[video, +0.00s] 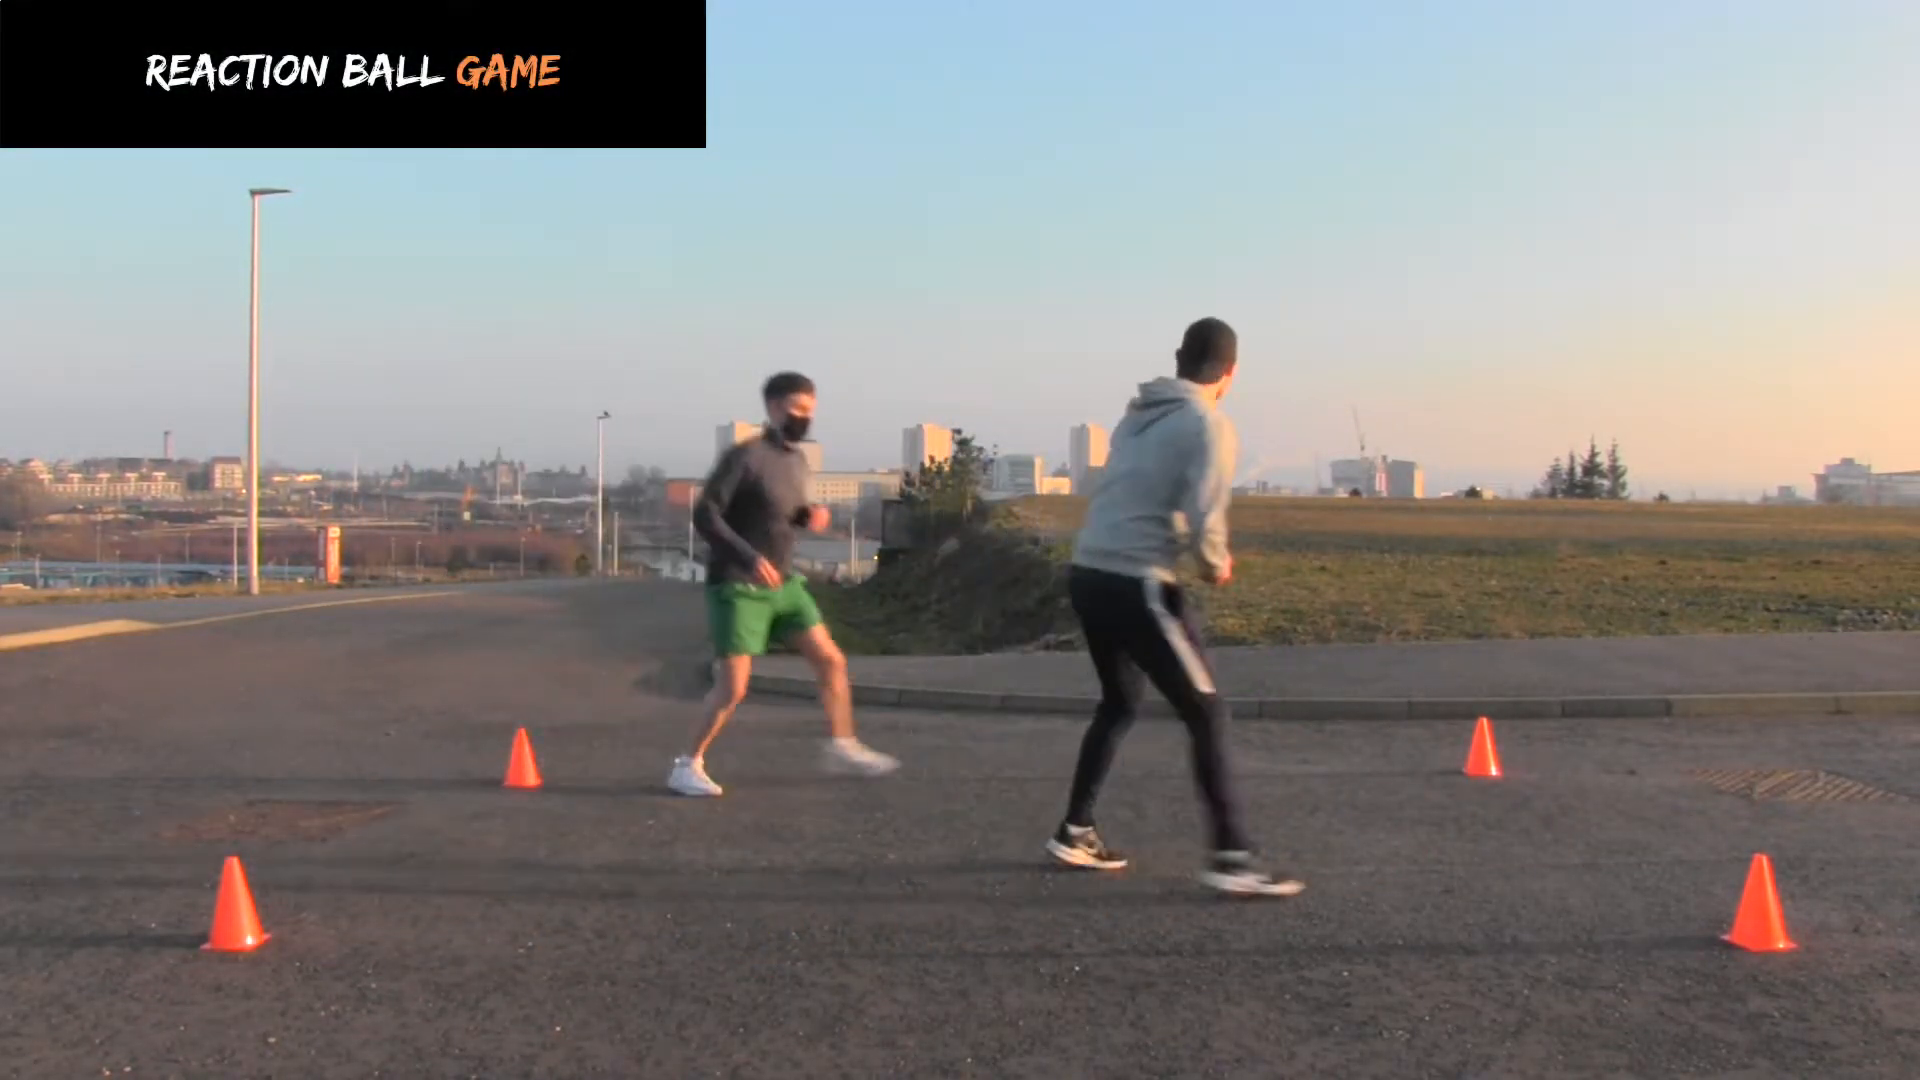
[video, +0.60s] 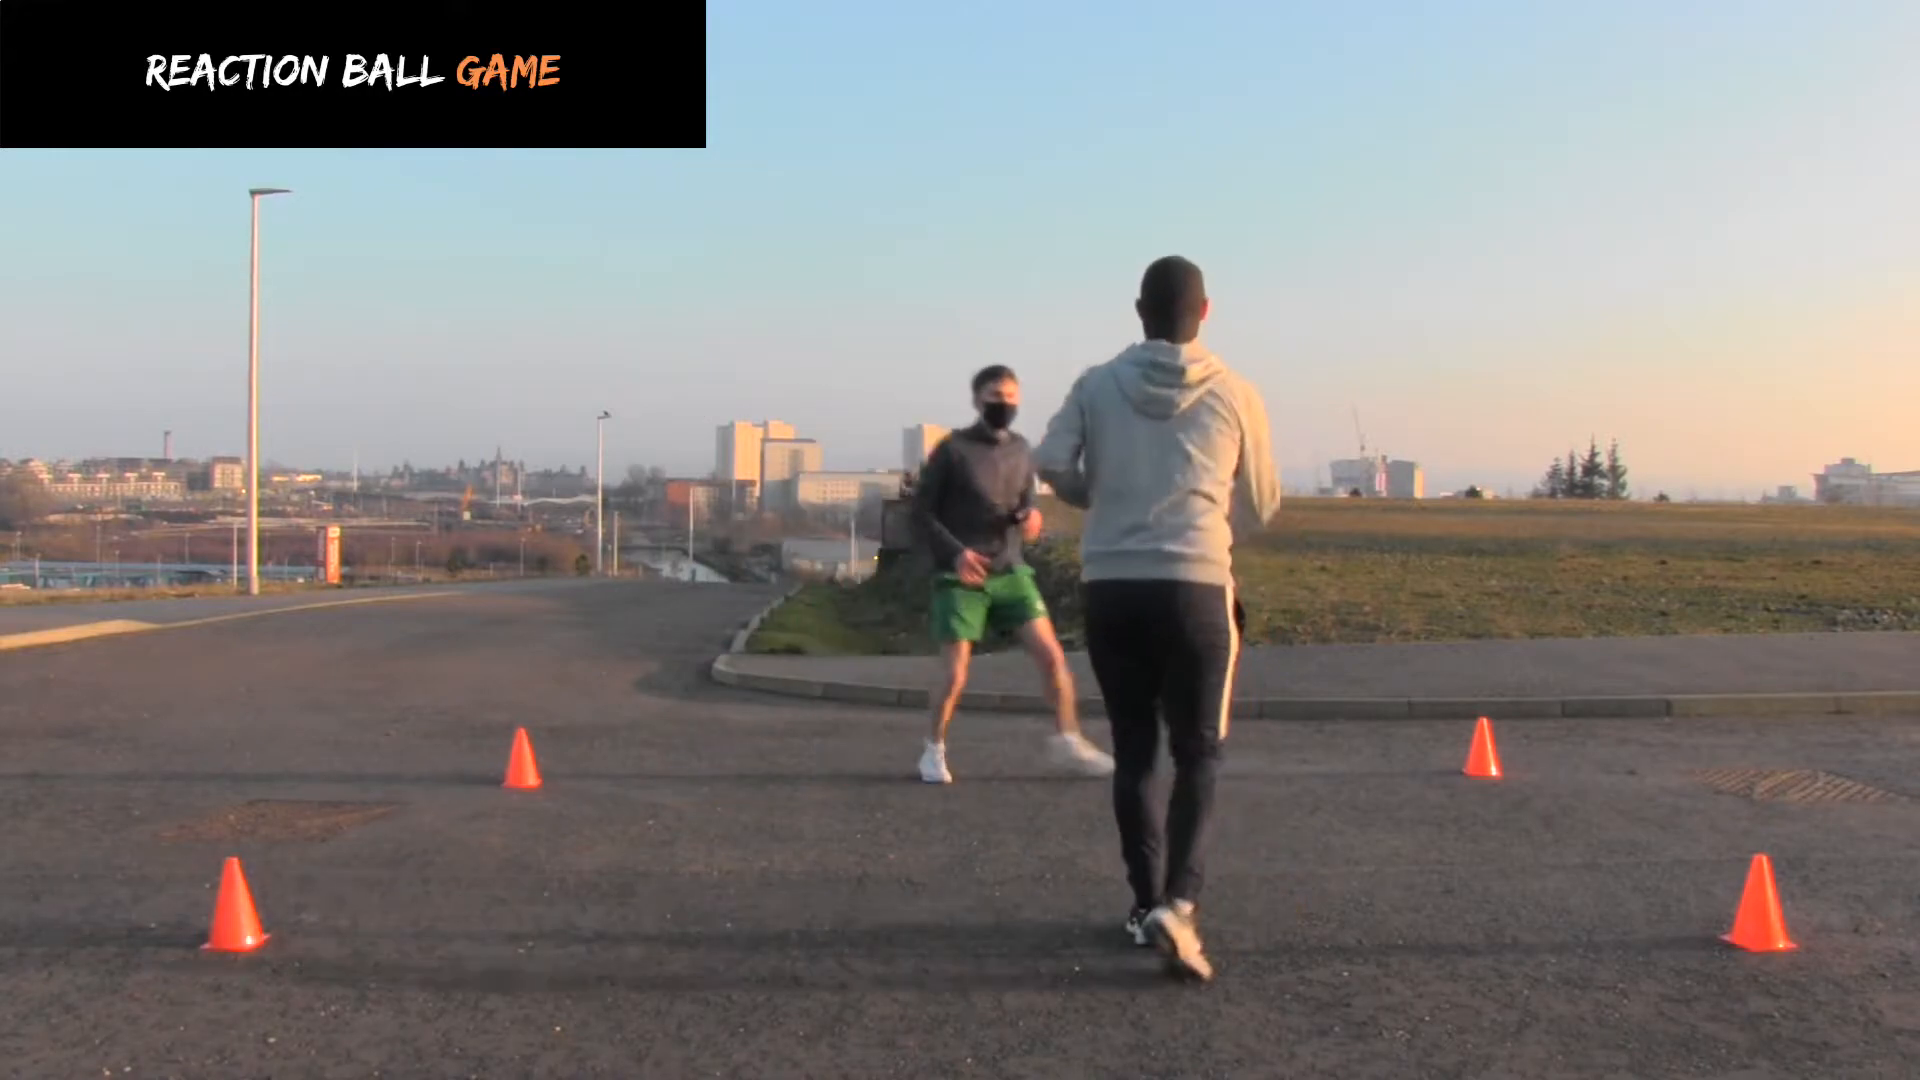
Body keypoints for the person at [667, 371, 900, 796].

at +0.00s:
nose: (805, 419)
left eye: (810, 412)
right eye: (797, 410)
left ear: (813, 413)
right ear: (773, 407)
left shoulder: (797, 461)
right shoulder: (743, 456)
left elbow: (786, 514)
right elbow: (704, 513)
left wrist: (809, 518)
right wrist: (750, 558)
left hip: (784, 583)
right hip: (739, 586)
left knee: (831, 661)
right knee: (733, 687)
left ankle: (843, 744)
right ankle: (689, 763)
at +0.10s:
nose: (837, 432)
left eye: (841, 424)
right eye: (828, 423)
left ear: (845, 425)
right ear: (805, 423)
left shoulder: (832, 475)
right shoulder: (781, 469)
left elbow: (820, 534)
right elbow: (746, 534)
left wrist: (844, 534)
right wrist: (783, 582)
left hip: (815, 593)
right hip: (770, 595)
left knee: (865, 667)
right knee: (752, 695)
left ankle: (901, 750)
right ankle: (690, 764)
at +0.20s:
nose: (884, 427)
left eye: (889, 419)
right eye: (875, 419)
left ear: (896, 418)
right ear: (856, 419)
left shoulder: (896, 472)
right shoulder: (835, 467)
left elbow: (899, 516)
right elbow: (798, 529)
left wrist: (911, 520)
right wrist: (830, 580)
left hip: (880, 591)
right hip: (833, 594)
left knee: (927, 666)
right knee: (790, 683)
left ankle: (914, 753)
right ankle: (715, 749)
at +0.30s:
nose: (913, 413)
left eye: (919, 405)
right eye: (904, 405)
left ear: (925, 402)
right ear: (885, 403)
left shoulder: (926, 451)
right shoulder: (863, 451)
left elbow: (929, 504)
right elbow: (828, 516)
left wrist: (942, 508)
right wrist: (861, 563)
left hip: (912, 581)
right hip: (866, 579)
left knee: (938, 664)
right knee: (833, 671)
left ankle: (915, 750)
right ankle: (769, 736)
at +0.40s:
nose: (949, 387)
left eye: (956, 379)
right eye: (941, 379)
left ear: (963, 379)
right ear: (922, 378)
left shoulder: (963, 427)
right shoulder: (895, 427)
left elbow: (965, 483)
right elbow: (865, 489)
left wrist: (978, 492)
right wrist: (898, 532)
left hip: (949, 556)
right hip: (901, 556)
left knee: (962, 651)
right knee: (889, 656)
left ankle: (928, 734)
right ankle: (871, 737)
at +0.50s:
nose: (968, 388)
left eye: (976, 381)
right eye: (960, 379)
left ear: (984, 381)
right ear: (943, 377)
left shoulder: (986, 425)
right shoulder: (915, 425)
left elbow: (992, 475)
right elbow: (888, 489)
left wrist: (998, 489)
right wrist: (923, 529)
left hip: (973, 551)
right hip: (922, 553)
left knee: (997, 646)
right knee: (920, 655)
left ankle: (967, 725)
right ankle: (917, 740)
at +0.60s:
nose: (1002, 404)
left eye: (1009, 396)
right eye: (993, 395)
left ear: (1018, 401)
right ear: (976, 399)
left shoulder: (1020, 450)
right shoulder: (951, 450)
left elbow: (1025, 501)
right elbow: (922, 512)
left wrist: (1032, 514)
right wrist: (956, 552)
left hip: (1012, 571)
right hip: (962, 575)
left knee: (1051, 654)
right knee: (955, 673)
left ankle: (1067, 738)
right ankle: (935, 749)